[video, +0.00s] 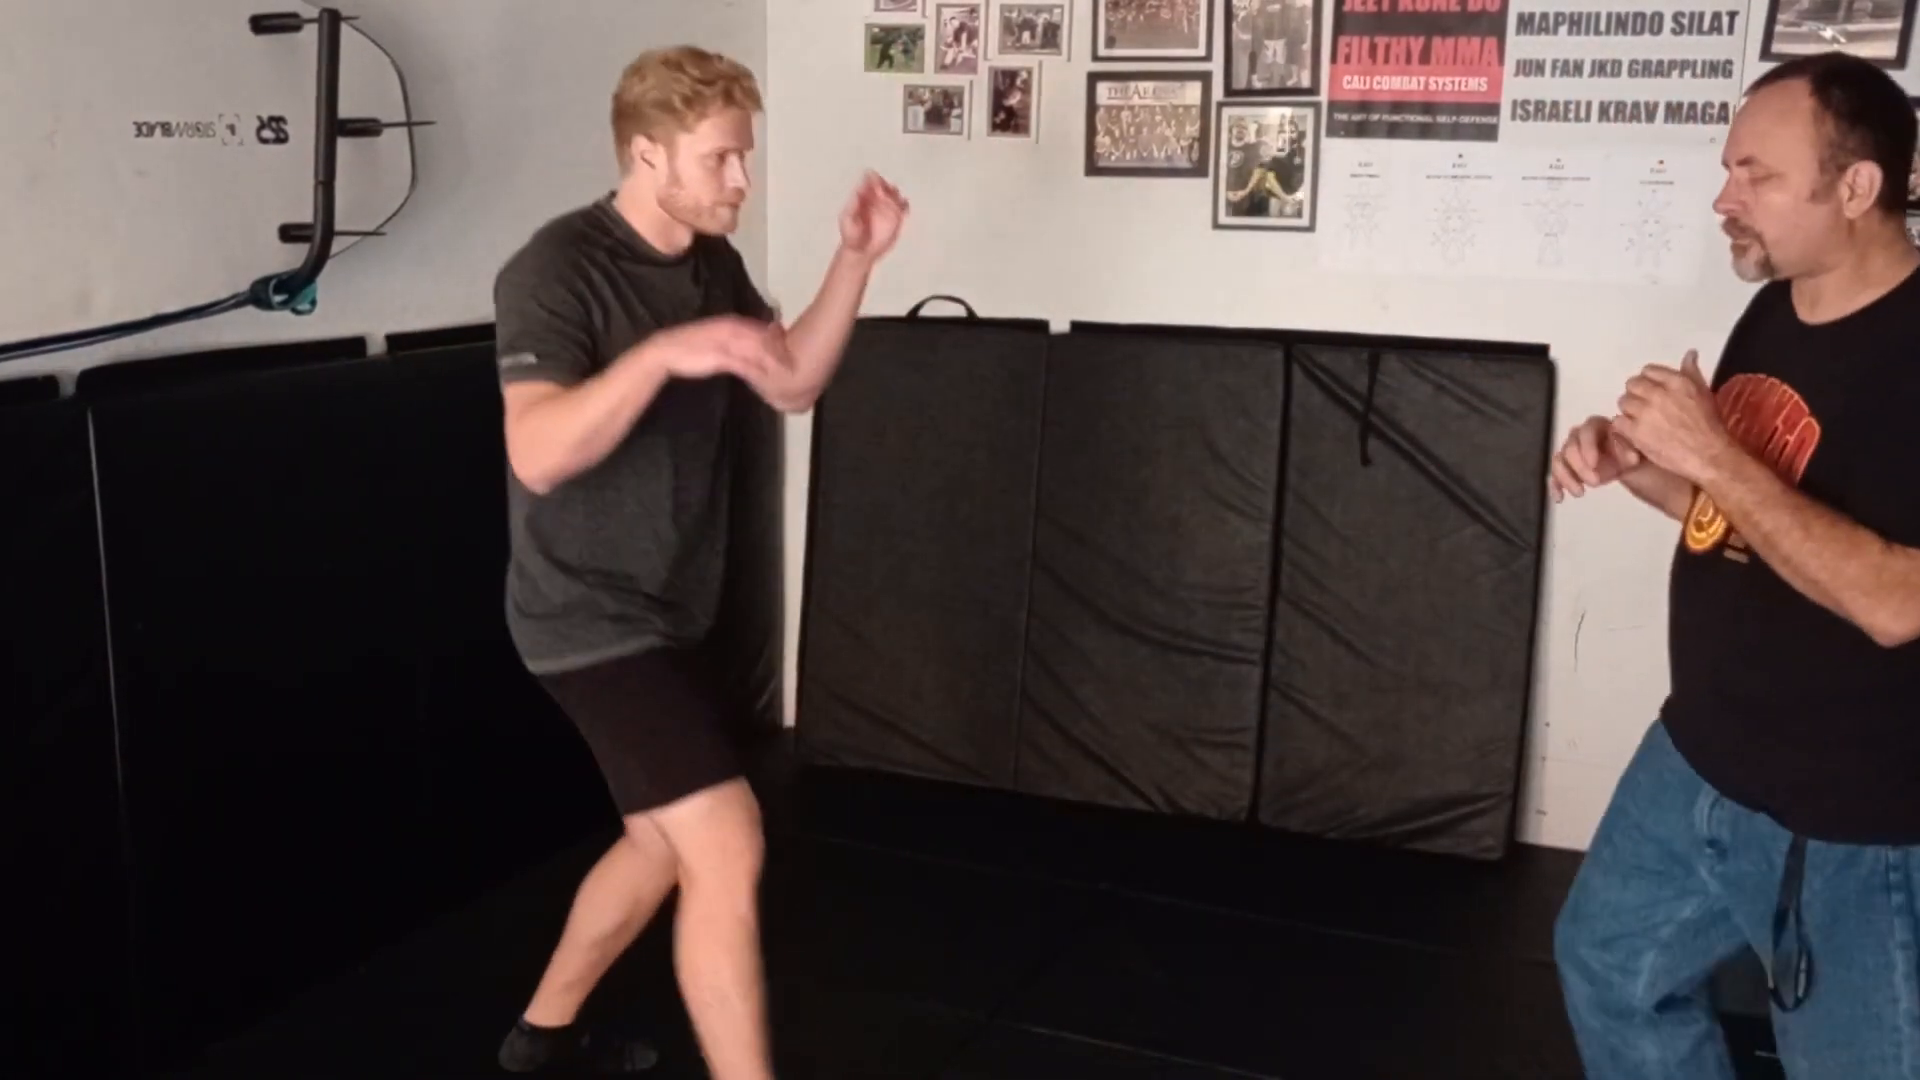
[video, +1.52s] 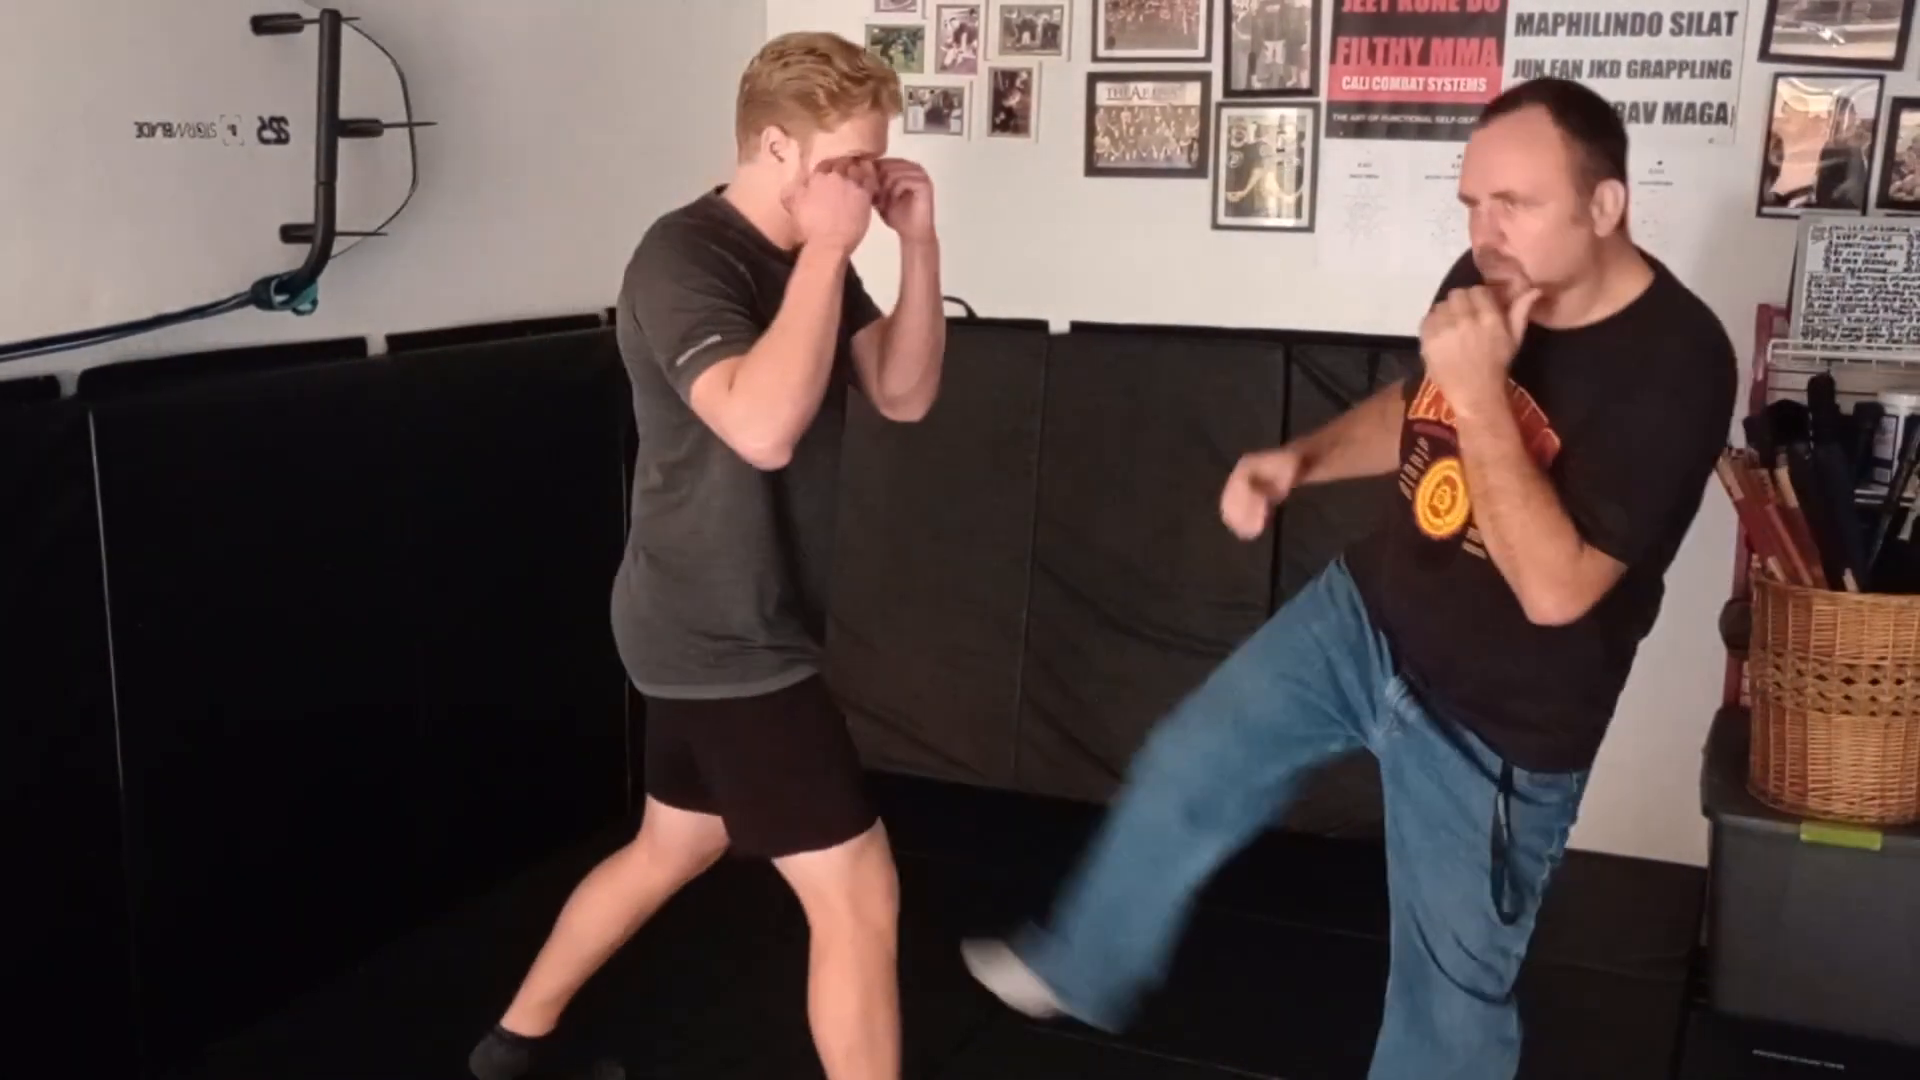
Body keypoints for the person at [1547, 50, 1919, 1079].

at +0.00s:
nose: (1725, 202)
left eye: (1755, 175)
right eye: (1730, 172)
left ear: (1857, 189)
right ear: (1840, 194)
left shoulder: (1918, 344)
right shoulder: (1775, 313)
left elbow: (1897, 603)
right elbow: (1746, 519)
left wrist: (1713, 458)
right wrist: (1641, 463)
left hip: (1866, 827)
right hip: (1701, 762)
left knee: (1856, 1059)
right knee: (1612, 967)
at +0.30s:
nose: (1660, 227)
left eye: (1684, 200)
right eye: (1662, 197)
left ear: (1784, 204)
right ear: (1771, 205)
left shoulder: (1907, 348)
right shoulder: (1714, 319)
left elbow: (1847, 599)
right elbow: (1649, 481)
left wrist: (1655, 457)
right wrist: (1569, 415)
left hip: (1860, 832)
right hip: (1681, 787)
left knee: (1875, 1065)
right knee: (1606, 1057)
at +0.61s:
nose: (1590, 258)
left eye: (1611, 232)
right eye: (1587, 229)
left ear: (1711, 227)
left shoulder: (1866, 362)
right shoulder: (1628, 327)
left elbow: (1859, 611)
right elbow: (1568, 484)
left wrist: (1642, 513)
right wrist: (1448, 520)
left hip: (1733, 823)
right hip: (1569, 763)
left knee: (1628, 1058)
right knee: (1486, 1001)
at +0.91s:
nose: (1580, 233)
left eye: (1605, 209)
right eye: (1578, 206)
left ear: (1706, 211)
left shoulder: (1795, 350)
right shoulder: (1642, 277)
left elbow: (1654, 570)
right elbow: (1573, 377)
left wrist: (1598, 363)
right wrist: (1503, 439)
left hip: (1575, 740)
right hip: (1458, 591)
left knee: (1549, 1035)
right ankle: (1139, 945)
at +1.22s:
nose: (1545, 282)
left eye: (1574, 257)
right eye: (1536, 255)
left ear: (1672, 256)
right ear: (1535, 240)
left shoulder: (1746, 409)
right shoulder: (1518, 325)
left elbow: (1628, 628)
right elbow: (1421, 462)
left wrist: (1563, 429)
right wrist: (1294, 546)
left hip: (1474, 783)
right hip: (1337, 633)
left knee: (1433, 1050)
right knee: (1099, 707)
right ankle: (866, 791)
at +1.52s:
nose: (1483, 235)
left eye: (1513, 205)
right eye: (1473, 205)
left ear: (1606, 206)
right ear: (1464, 199)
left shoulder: (1681, 364)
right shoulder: (1487, 288)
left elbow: (1561, 590)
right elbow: (1421, 410)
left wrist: (1476, 396)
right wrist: (1303, 459)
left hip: (1496, 743)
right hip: (1363, 618)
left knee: (1449, 1016)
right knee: (1186, 769)